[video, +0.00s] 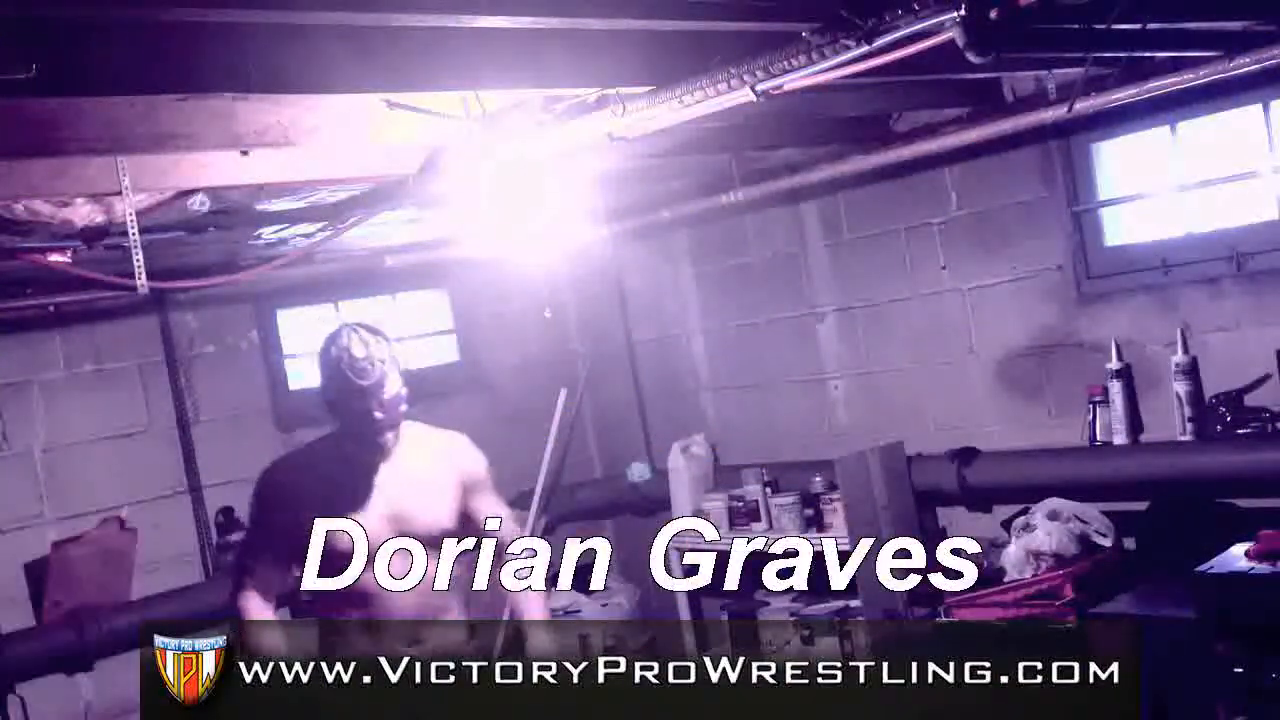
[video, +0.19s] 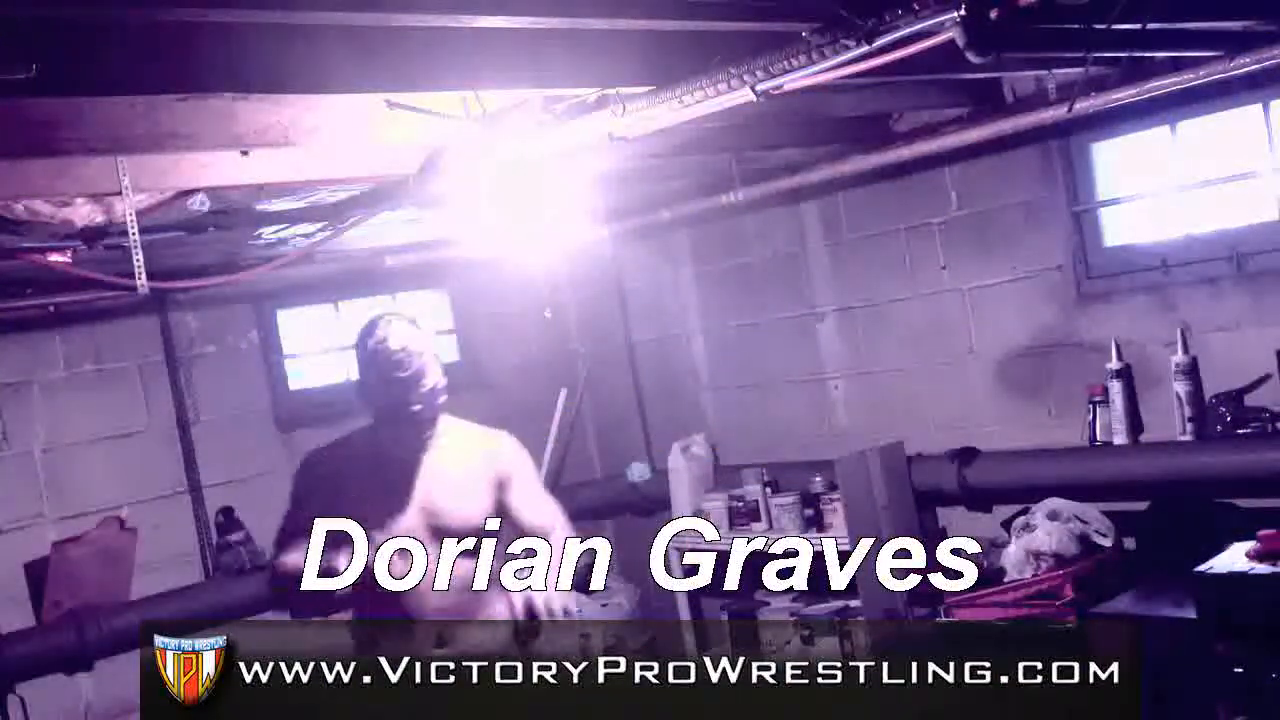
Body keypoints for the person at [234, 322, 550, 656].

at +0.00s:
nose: (379, 417)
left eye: (389, 400)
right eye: (361, 405)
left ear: (404, 385)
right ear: (331, 403)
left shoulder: (455, 455)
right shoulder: (291, 481)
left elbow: (518, 561)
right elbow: (258, 595)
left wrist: (543, 658)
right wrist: (291, 683)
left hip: (458, 668)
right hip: (347, 677)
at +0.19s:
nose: (424, 422)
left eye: (431, 405)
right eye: (408, 413)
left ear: (443, 378)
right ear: (368, 395)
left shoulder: (497, 454)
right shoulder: (327, 470)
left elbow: (563, 545)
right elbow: (287, 573)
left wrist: (549, 583)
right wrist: (308, 574)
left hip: (502, 665)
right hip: (384, 671)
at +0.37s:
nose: (464, 376)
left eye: (466, 361)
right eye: (443, 369)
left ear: (476, 352)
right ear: (405, 376)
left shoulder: (539, 440)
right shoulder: (362, 458)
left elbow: (608, 516)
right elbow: (310, 582)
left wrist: (575, 547)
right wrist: (330, 573)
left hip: (527, 660)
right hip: (416, 665)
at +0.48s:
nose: (457, 387)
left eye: (466, 364)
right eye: (438, 372)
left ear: (483, 354)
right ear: (408, 374)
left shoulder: (549, 437)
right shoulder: (369, 459)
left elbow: (626, 515)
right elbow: (325, 566)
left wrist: (620, 557)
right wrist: (343, 606)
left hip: (534, 660)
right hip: (421, 666)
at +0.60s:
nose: (447, 377)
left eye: (459, 358)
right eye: (427, 364)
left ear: (484, 355)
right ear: (408, 372)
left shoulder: (558, 441)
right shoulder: (376, 464)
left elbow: (635, 533)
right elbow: (335, 600)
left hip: (536, 671)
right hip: (427, 677)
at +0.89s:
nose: (438, 397)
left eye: (449, 376)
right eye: (420, 382)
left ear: (473, 366)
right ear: (393, 386)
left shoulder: (546, 453)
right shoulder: (355, 478)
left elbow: (601, 580)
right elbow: (351, 621)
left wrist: (619, 678)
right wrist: (371, 700)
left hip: (535, 672)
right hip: (417, 679)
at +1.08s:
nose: (416, 388)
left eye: (420, 372)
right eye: (389, 380)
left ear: (433, 374)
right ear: (349, 394)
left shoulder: (515, 459)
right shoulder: (313, 500)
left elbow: (580, 594)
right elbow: (299, 648)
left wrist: (613, 692)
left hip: (508, 692)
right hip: (390, 700)